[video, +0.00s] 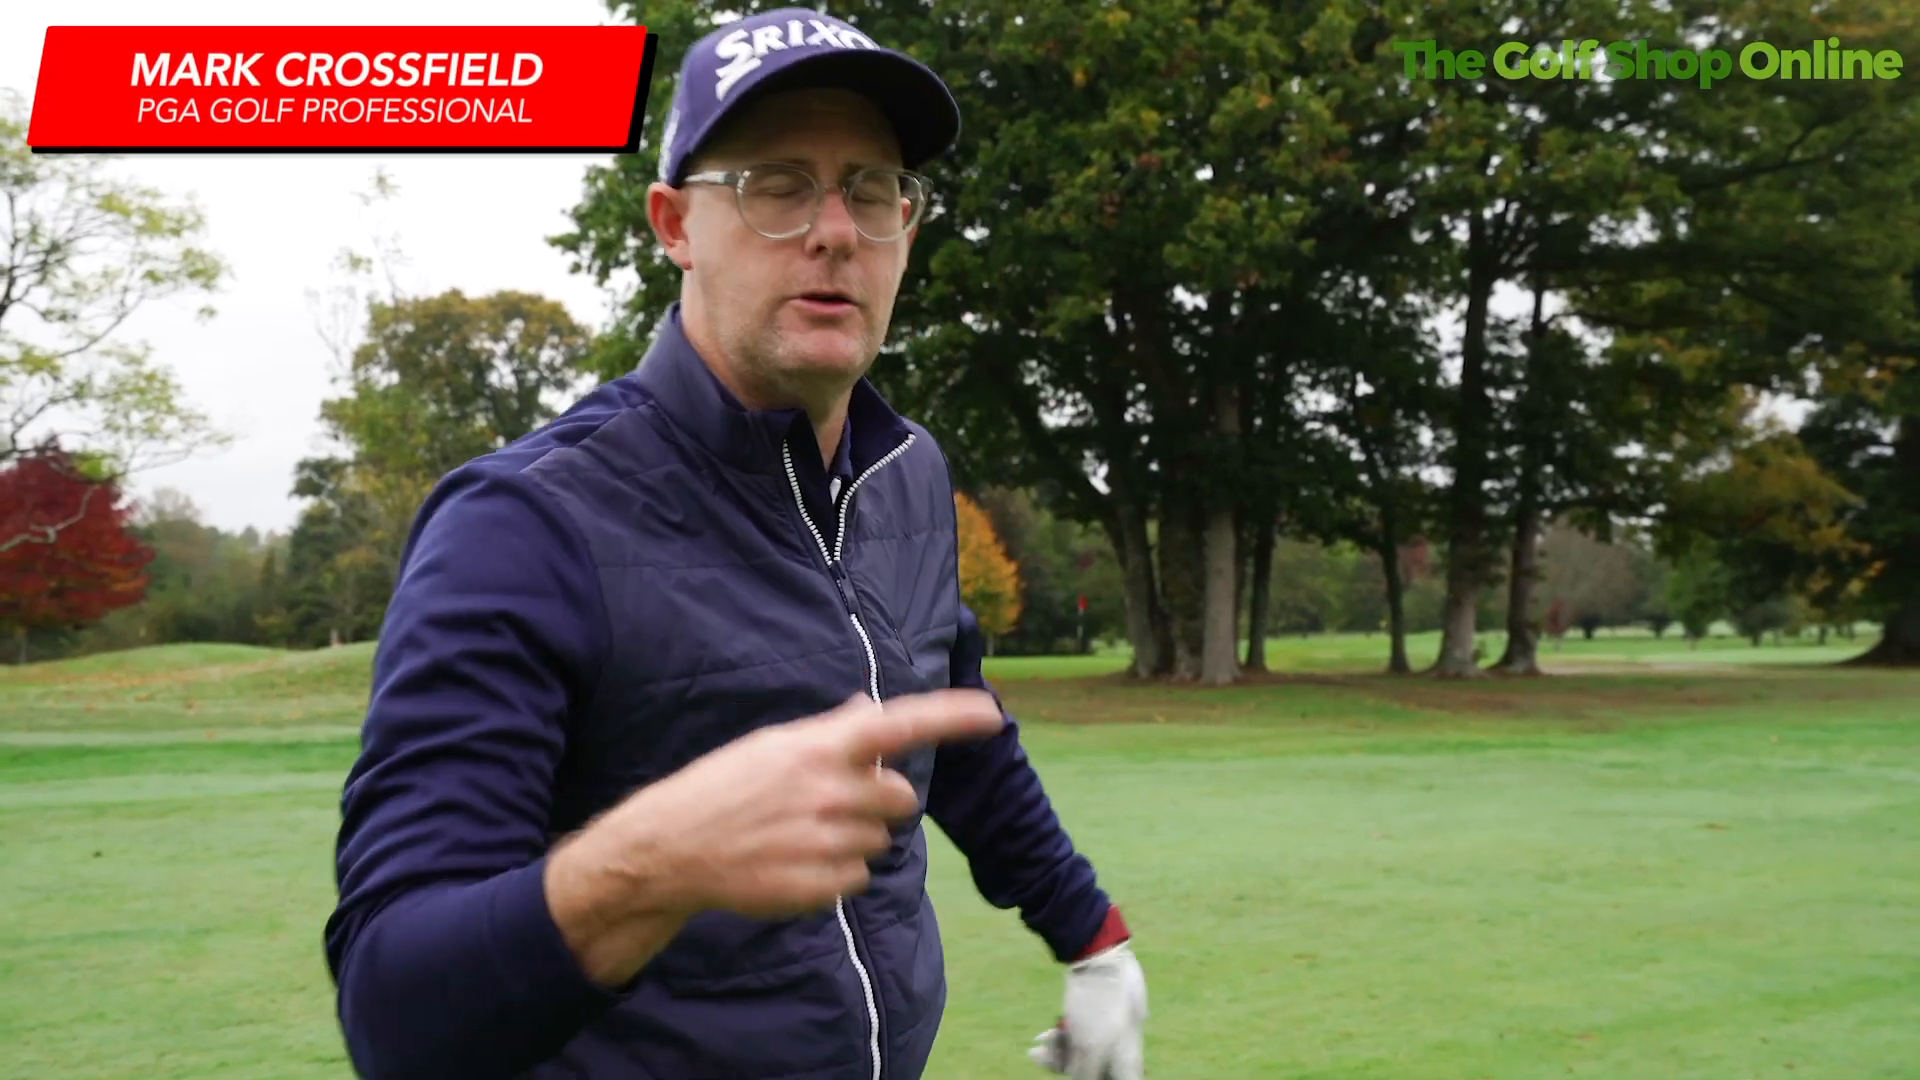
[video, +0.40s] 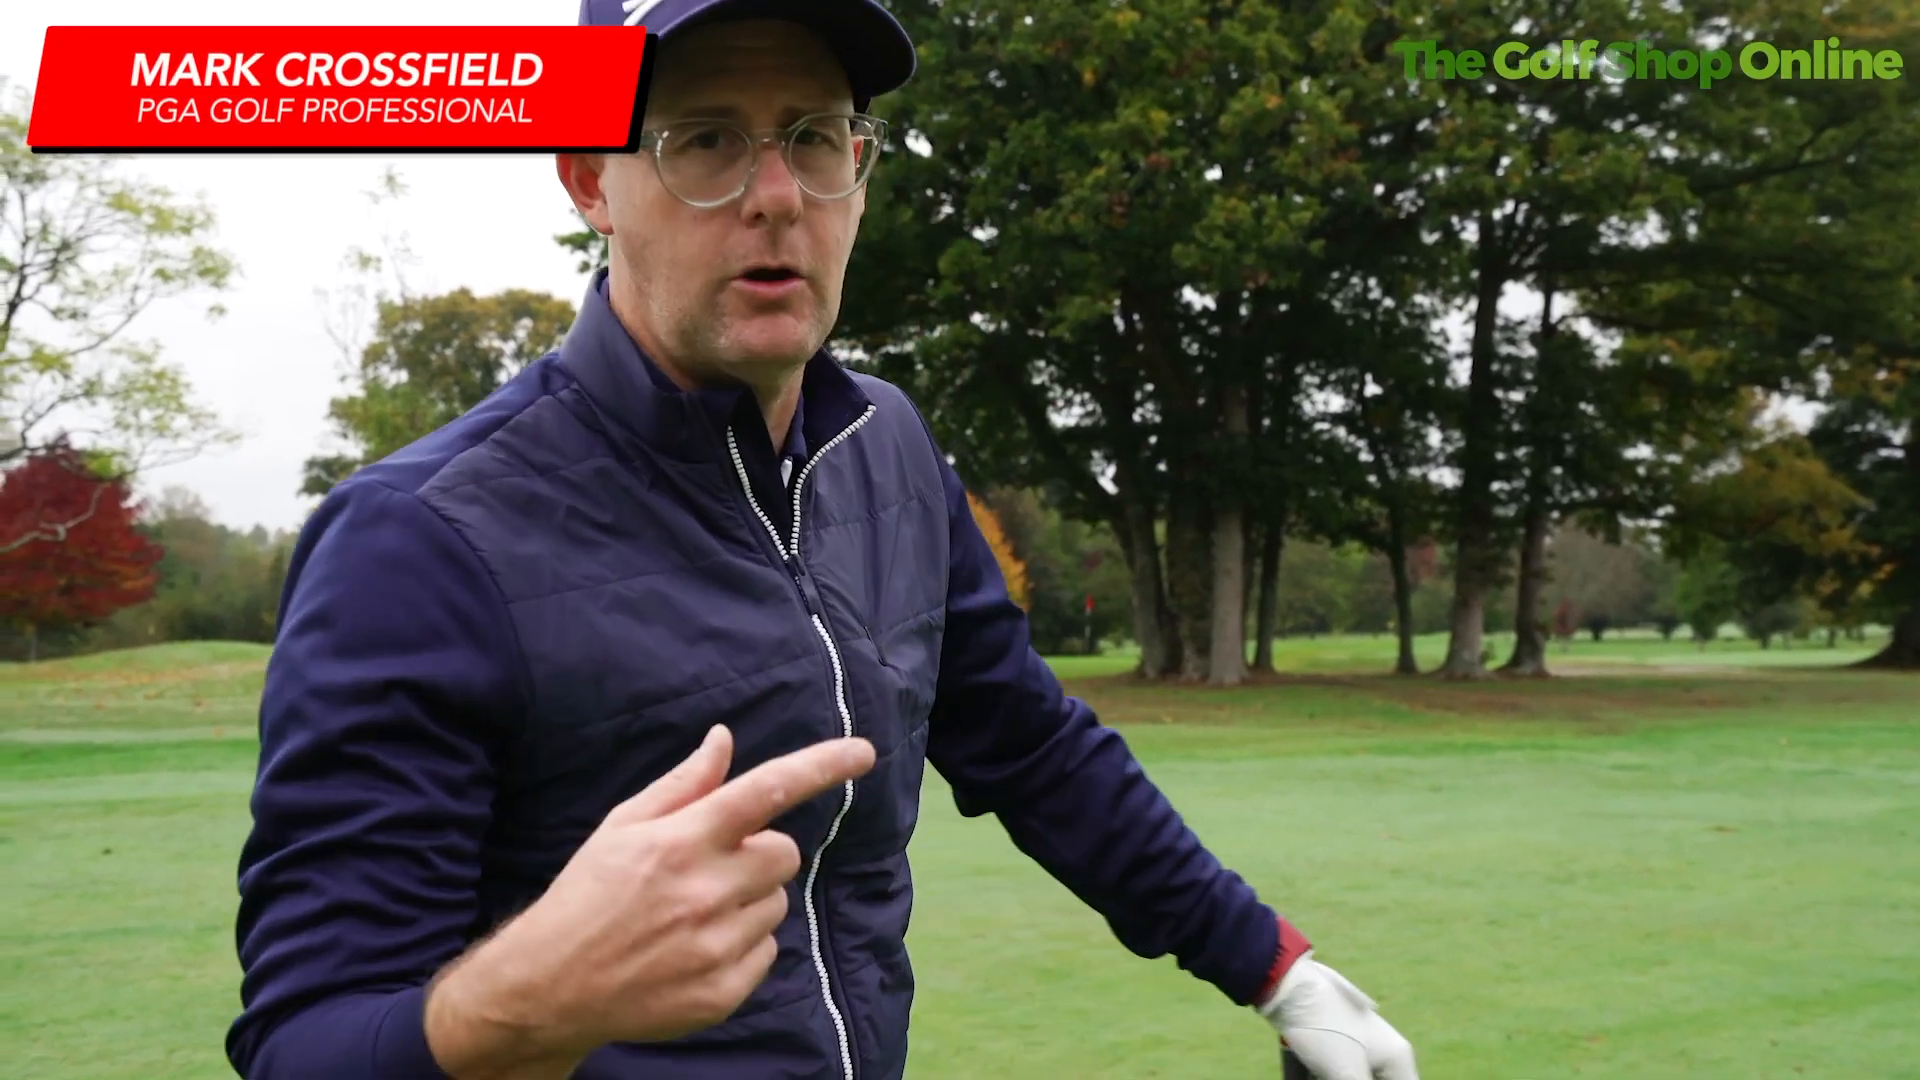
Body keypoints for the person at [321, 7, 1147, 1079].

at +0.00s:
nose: (835, 232)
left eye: (869, 190)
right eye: (777, 186)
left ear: (907, 228)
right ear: (674, 223)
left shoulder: (909, 481)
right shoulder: (525, 524)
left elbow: (958, 724)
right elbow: (397, 1010)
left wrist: (1088, 932)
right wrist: (649, 864)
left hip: (886, 1052)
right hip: (633, 1064)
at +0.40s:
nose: (775, 195)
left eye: (814, 139)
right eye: (705, 141)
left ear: (864, 183)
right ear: (591, 183)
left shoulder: (891, 460)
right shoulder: (423, 543)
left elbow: (1032, 745)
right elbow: (308, 1030)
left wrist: (1280, 973)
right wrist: (513, 1000)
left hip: (857, 1055)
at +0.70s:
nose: (764, 188)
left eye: (814, 143)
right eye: (711, 127)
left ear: (866, 197)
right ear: (612, 165)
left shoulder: (887, 467)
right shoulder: (407, 494)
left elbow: (1071, 770)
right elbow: (238, 995)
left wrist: (1353, 1010)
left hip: (836, 1053)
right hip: (544, 1064)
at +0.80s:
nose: (769, 206)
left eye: (825, 169)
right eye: (726, 141)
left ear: (871, 223)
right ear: (627, 156)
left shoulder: (892, 480)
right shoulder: (398, 476)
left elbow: (1076, 775)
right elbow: (273, 963)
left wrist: (1354, 1015)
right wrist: (624, 709)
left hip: (824, 1057)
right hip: (485, 1065)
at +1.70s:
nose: (832, 255)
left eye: (880, 219)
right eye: (793, 198)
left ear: (928, 264)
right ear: (701, 208)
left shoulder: (935, 509)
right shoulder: (504, 478)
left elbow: (1092, 777)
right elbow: (388, 868)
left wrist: (1339, 1010)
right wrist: (646, 714)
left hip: (831, 1060)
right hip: (536, 1061)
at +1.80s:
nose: (812, 257)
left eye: (857, 218)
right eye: (765, 201)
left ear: (897, 267)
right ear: (665, 221)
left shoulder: (904, 510)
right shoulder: (473, 512)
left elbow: (1074, 782)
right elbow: (366, 936)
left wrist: (1335, 1014)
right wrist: (651, 812)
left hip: (838, 1058)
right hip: (543, 1058)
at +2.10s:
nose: (744, 244)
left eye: (792, 199)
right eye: (694, 185)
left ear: (841, 236)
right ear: (595, 204)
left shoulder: (882, 500)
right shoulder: (398, 514)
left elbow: (1064, 782)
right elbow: (268, 998)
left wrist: (1320, 1033)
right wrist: (467, 893)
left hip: (809, 1065)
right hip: (511, 1067)